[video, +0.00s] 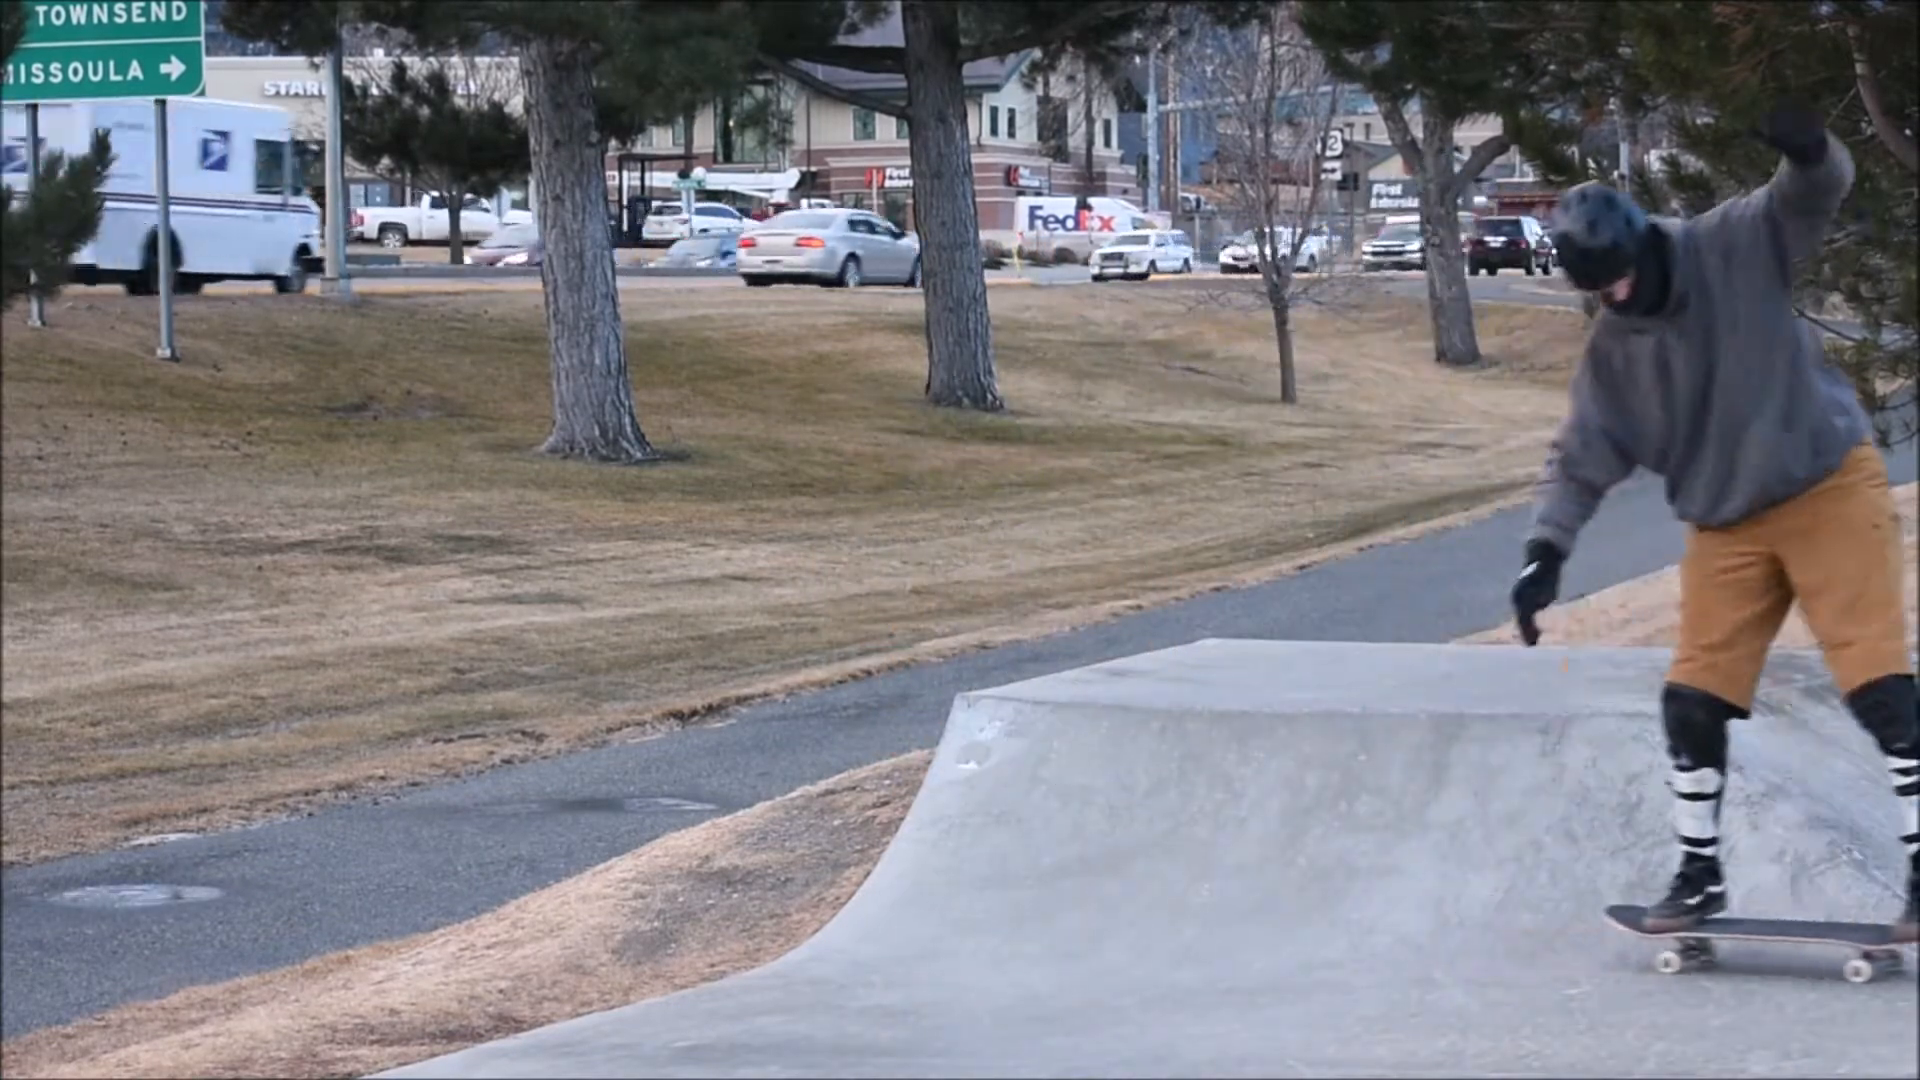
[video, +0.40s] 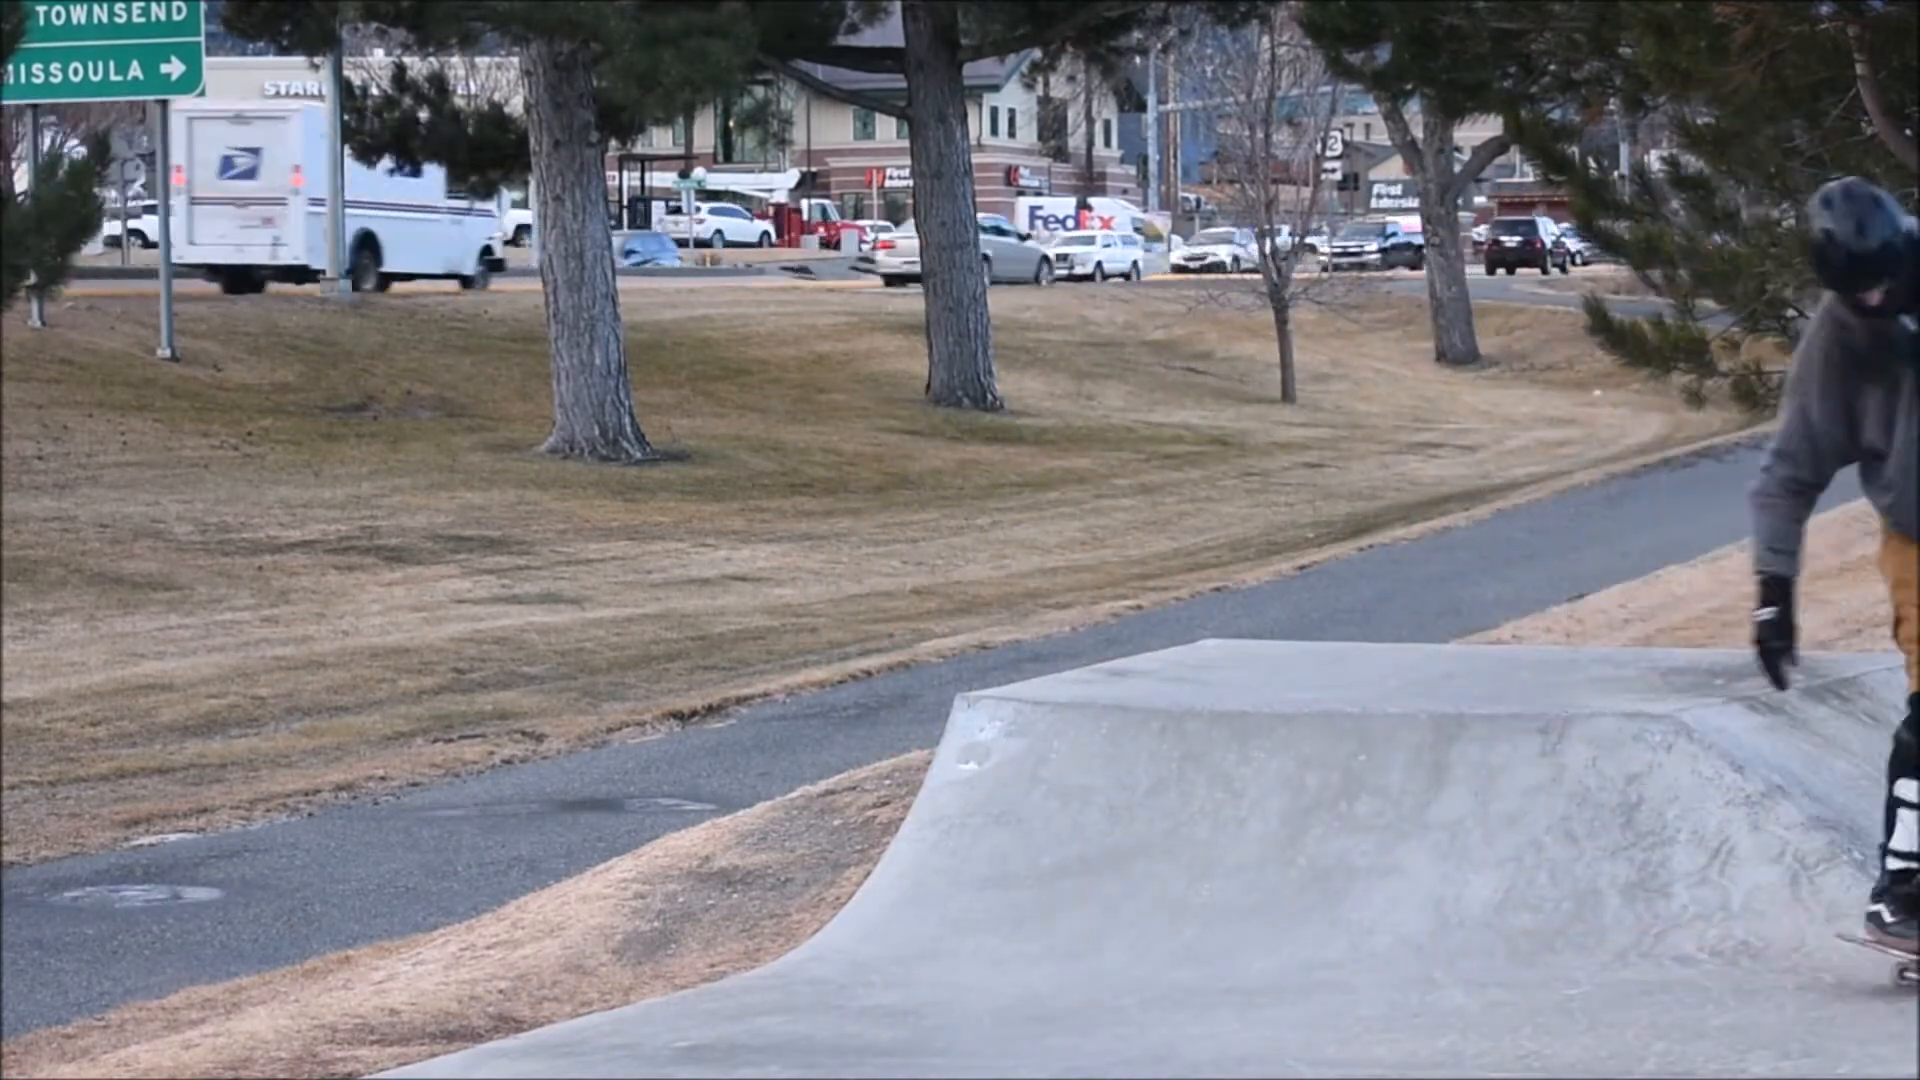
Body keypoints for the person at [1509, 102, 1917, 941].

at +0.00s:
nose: (1615, 294)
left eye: (1620, 274)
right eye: (1597, 288)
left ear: (1646, 241)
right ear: (1583, 283)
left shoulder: (1727, 242)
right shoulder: (1610, 361)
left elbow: (1806, 204)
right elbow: (1580, 463)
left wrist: (1810, 154)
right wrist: (1545, 553)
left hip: (1831, 485)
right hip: (1725, 524)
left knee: (1881, 692)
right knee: (1693, 710)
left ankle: (1919, 858)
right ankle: (1699, 876)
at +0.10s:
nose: (1685, 281)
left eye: (1689, 260)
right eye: (1666, 277)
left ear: (1715, 224)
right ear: (1650, 277)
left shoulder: (1800, 227)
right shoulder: (1669, 354)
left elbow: (1850, 150)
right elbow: (1615, 452)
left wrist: (1794, 104)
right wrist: (1574, 542)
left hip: (1892, 473)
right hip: (1785, 509)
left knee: (1917, 674)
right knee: (1760, 701)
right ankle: (1745, 880)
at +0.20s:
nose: (1751, 290)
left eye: (1757, 269)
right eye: (1732, 283)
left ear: (1782, 239)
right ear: (1712, 283)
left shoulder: (1845, 248)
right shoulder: (1722, 365)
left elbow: (1883, 178)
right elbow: (1661, 467)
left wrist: (1787, 138)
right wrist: (1606, 566)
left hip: (1919, 485)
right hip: (1844, 521)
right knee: (1858, 703)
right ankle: (1833, 888)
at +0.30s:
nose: (1809, 300)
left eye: (1817, 281)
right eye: (1790, 291)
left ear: (1842, 255)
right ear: (1767, 287)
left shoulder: (1898, 269)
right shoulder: (1779, 361)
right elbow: (1733, 474)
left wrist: (1853, 235)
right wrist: (1690, 590)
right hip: (1885, 535)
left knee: (1906, 706)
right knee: (1906, 704)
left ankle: (1886, 888)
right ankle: (1883, 890)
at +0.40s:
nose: (1872, 299)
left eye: (1881, 280)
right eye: (1853, 289)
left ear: (1904, 255)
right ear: (1831, 279)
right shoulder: (1840, 332)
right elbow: (1792, 463)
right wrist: (1774, 591)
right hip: (1912, 539)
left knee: (1918, 709)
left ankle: (1902, 885)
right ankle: (1901, 886)